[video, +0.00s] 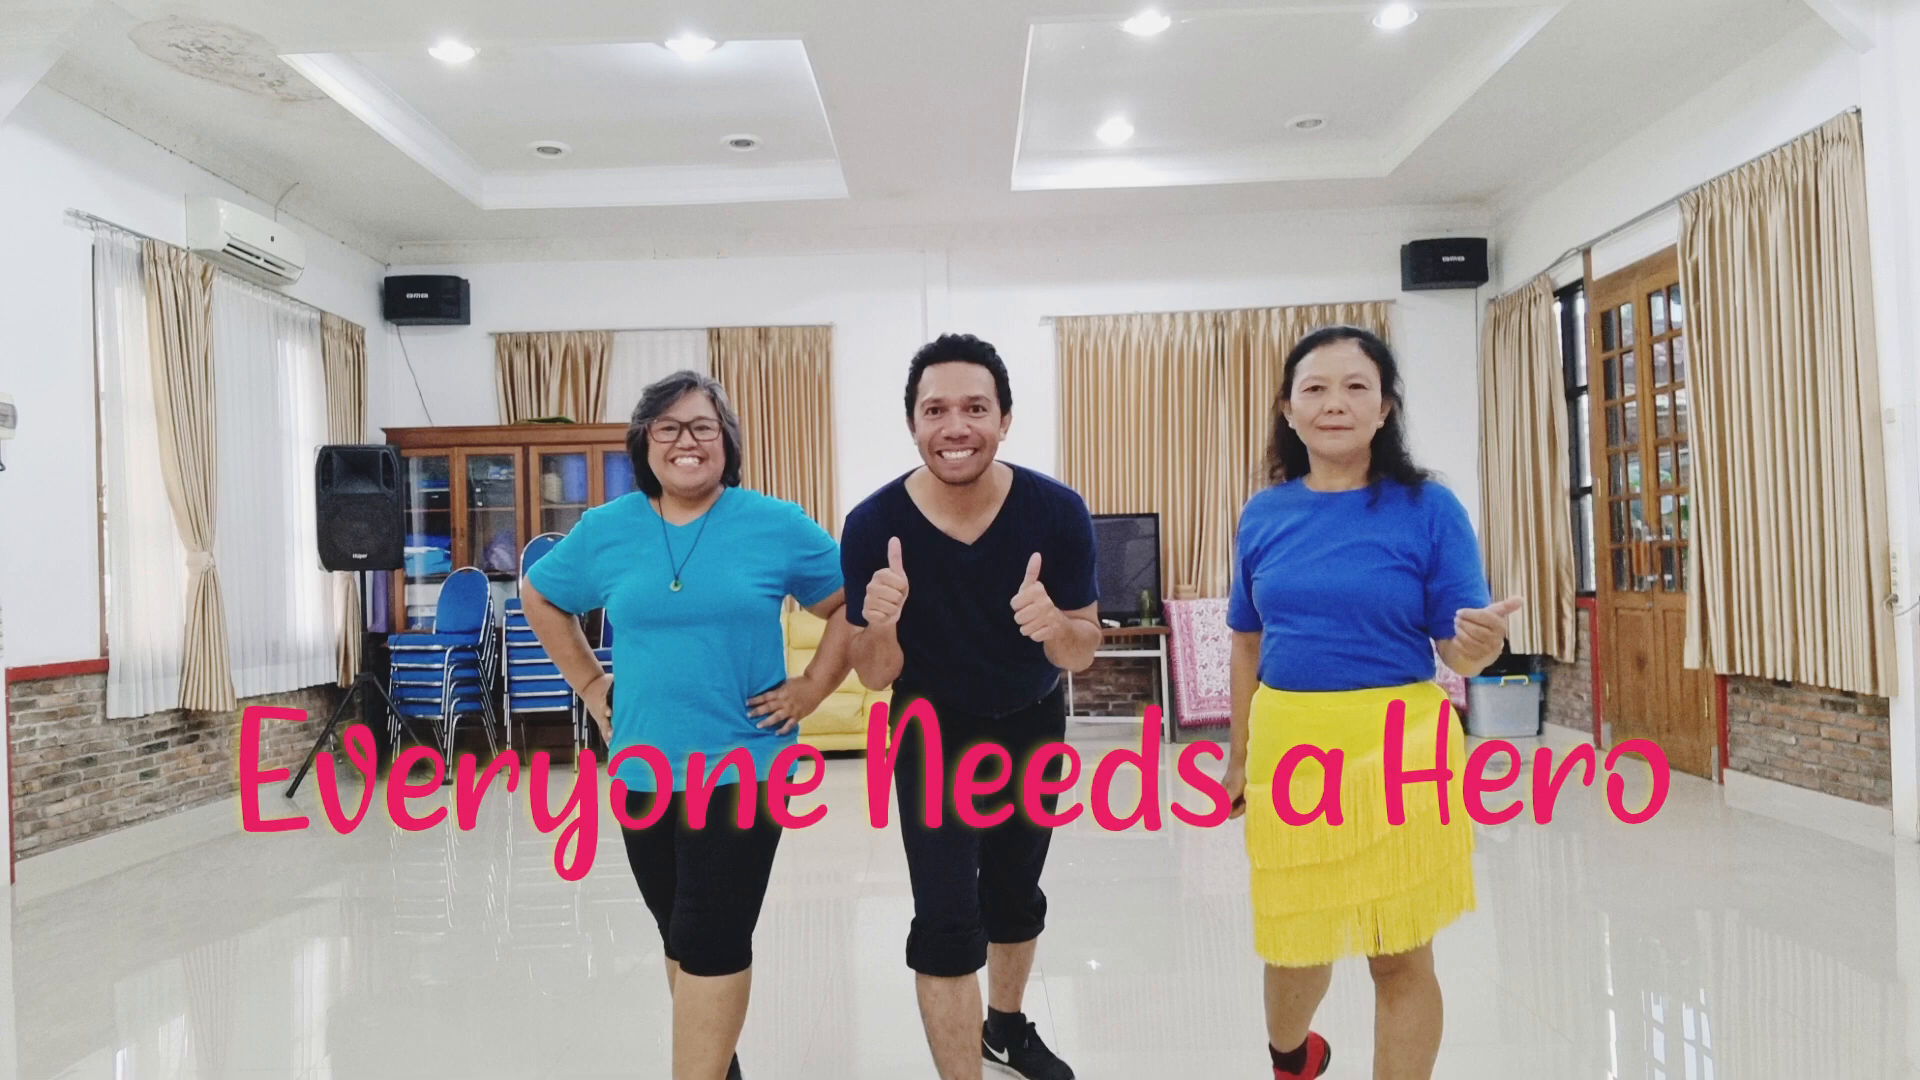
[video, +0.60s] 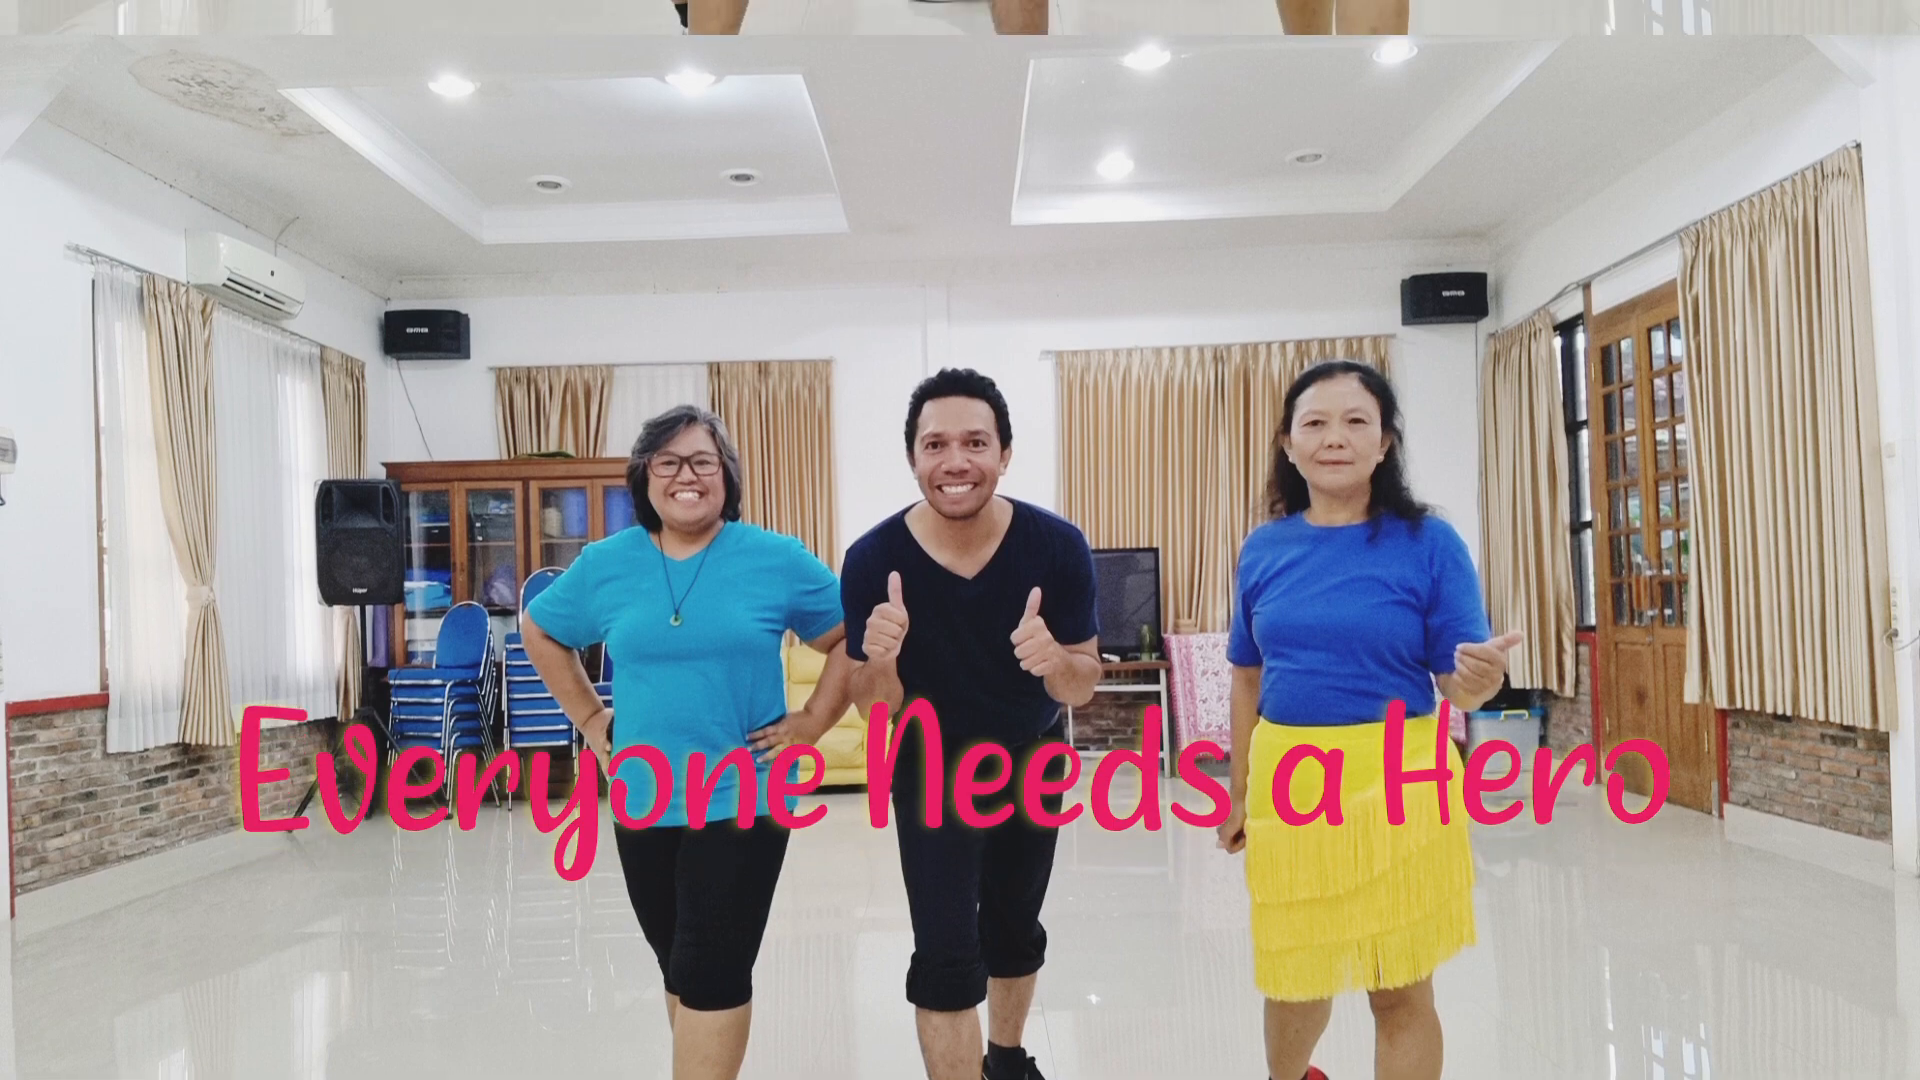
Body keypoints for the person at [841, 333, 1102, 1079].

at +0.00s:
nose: (955, 426)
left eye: (975, 408)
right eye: (936, 409)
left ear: (1004, 421)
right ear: (913, 424)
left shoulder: (1059, 514)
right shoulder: (873, 526)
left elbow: (1080, 654)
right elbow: (875, 673)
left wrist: (1054, 626)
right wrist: (879, 627)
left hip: (1030, 722)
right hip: (930, 726)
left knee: (1016, 894)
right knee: (948, 920)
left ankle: (1005, 1026)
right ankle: (959, 1075)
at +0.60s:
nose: (955, 462)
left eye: (974, 443)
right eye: (936, 444)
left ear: (1004, 455)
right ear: (913, 459)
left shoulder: (1057, 547)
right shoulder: (872, 561)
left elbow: (1082, 689)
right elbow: (872, 699)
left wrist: (1053, 662)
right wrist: (879, 662)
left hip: (1029, 765)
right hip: (932, 768)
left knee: (1013, 931)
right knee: (947, 957)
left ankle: (1007, 1059)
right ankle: (956, 1079)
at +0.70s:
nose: (955, 544)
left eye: (975, 525)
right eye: (936, 528)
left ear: (1004, 537)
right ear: (912, 542)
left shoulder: (1056, 629)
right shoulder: (873, 641)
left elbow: (1088, 753)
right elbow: (872, 786)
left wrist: (1054, 742)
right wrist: (885, 733)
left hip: (1029, 855)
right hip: (930, 856)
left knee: (1014, 1027)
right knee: (948, 1040)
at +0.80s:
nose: (955, 705)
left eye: (976, 685)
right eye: (935, 687)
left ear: (1005, 698)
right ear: (913, 701)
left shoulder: (1049, 781)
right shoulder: (873, 800)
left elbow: (1081, 930)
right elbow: (875, 952)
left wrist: (1055, 902)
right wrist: (880, 904)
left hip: (1028, 999)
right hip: (929, 1001)